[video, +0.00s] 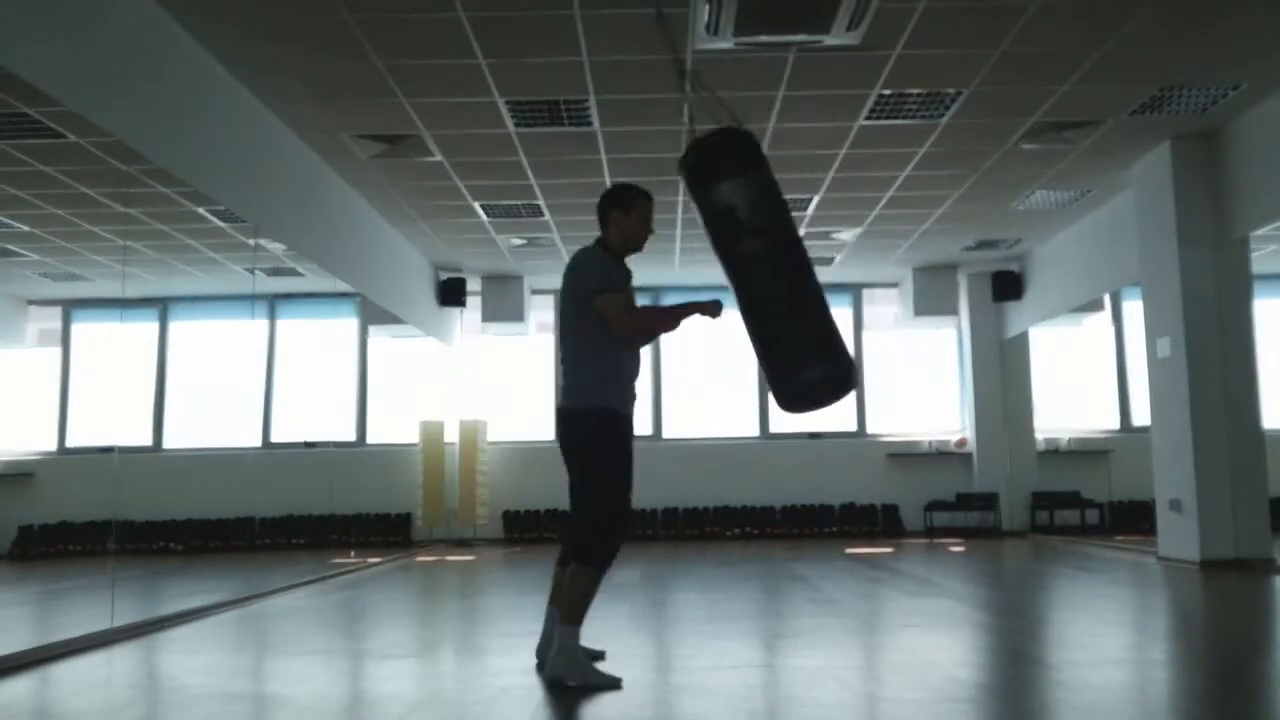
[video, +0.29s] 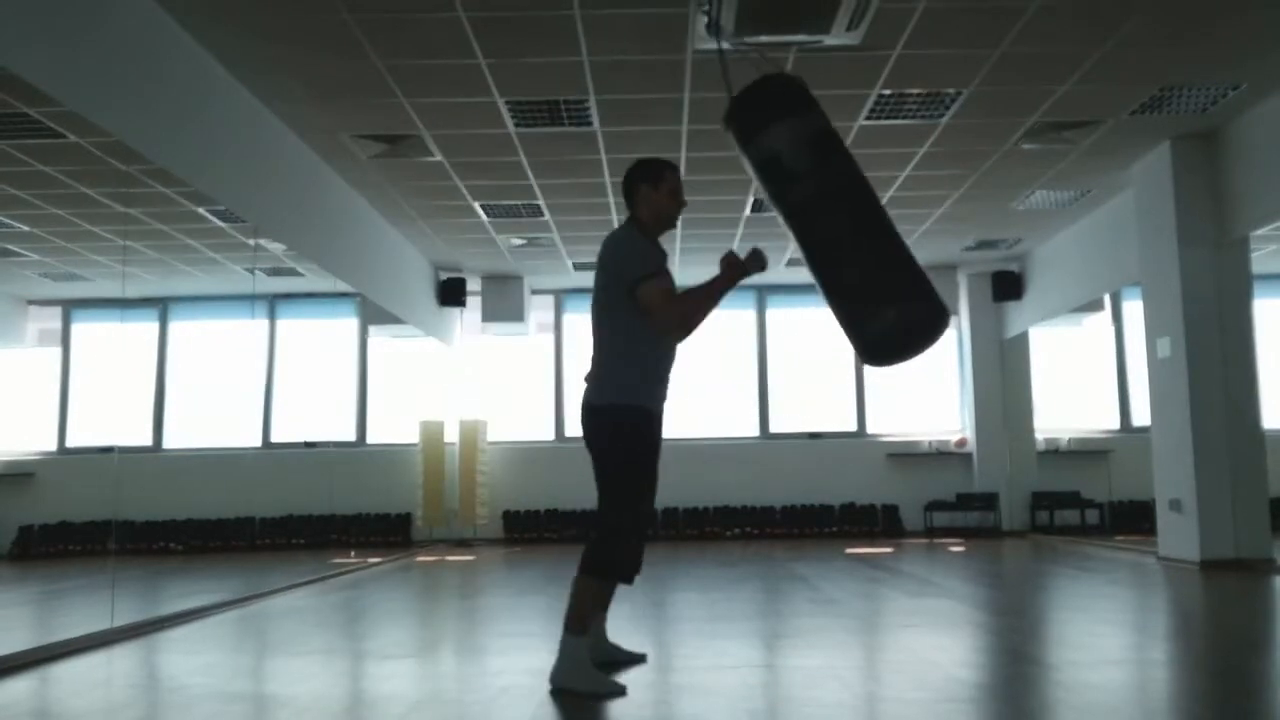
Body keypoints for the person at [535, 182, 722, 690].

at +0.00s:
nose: (650, 229)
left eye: (650, 220)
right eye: (644, 219)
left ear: (617, 219)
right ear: (617, 218)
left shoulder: (601, 267)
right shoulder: (598, 265)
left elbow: (619, 333)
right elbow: (626, 330)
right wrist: (684, 310)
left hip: (592, 415)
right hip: (596, 417)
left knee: (587, 529)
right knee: (603, 531)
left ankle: (555, 639)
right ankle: (564, 652)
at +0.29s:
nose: (682, 201)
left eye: (681, 192)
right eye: (674, 191)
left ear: (648, 195)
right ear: (645, 194)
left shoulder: (638, 249)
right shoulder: (630, 247)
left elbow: (671, 323)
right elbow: (672, 321)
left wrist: (720, 281)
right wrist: (727, 279)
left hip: (629, 410)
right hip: (620, 411)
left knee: (624, 527)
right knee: (615, 529)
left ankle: (592, 638)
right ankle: (570, 660)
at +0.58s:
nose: (688, 206)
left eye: (688, 197)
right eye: (680, 197)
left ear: (656, 200)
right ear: (652, 199)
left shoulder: (648, 252)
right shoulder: (637, 250)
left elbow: (680, 328)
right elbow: (680, 325)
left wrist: (733, 290)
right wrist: (735, 289)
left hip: (635, 410)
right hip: (628, 411)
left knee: (627, 526)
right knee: (621, 528)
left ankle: (590, 637)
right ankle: (579, 657)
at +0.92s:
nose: (695, 209)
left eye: (695, 200)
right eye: (687, 199)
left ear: (664, 204)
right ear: (658, 202)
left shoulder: (657, 260)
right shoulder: (638, 256)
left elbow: (682, 333)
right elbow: (654, 327)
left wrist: (723, 302)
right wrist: (725, 303)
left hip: (646, 413)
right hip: (632, 413)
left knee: (631, 527)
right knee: (625, 530)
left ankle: (595, 639)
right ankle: (586, 659)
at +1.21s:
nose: (692, 207)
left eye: (691, 198)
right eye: (684, 197)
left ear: (657, 202)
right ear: (654, 200)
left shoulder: (654, 256)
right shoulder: (641, 255)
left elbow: (679, 331)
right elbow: (653, 332)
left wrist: (716, 292)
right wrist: (715, 291)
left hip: (641, 411)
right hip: (633, 413)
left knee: (629, 528)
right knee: (625, 531)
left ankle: (594, 638)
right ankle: (586, 658)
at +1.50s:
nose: (686, 205)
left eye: (685, 197)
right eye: (678, 196)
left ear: (656, 201)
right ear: (648, 200)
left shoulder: (652, 256)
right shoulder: (631, 254)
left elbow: (668, 331)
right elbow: (638, 324)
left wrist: (712, 305)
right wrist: (713, 306)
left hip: (645, 412)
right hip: (630, 413)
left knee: (631, 529)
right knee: (625, 531)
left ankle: (593, 638)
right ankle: (586, 658)